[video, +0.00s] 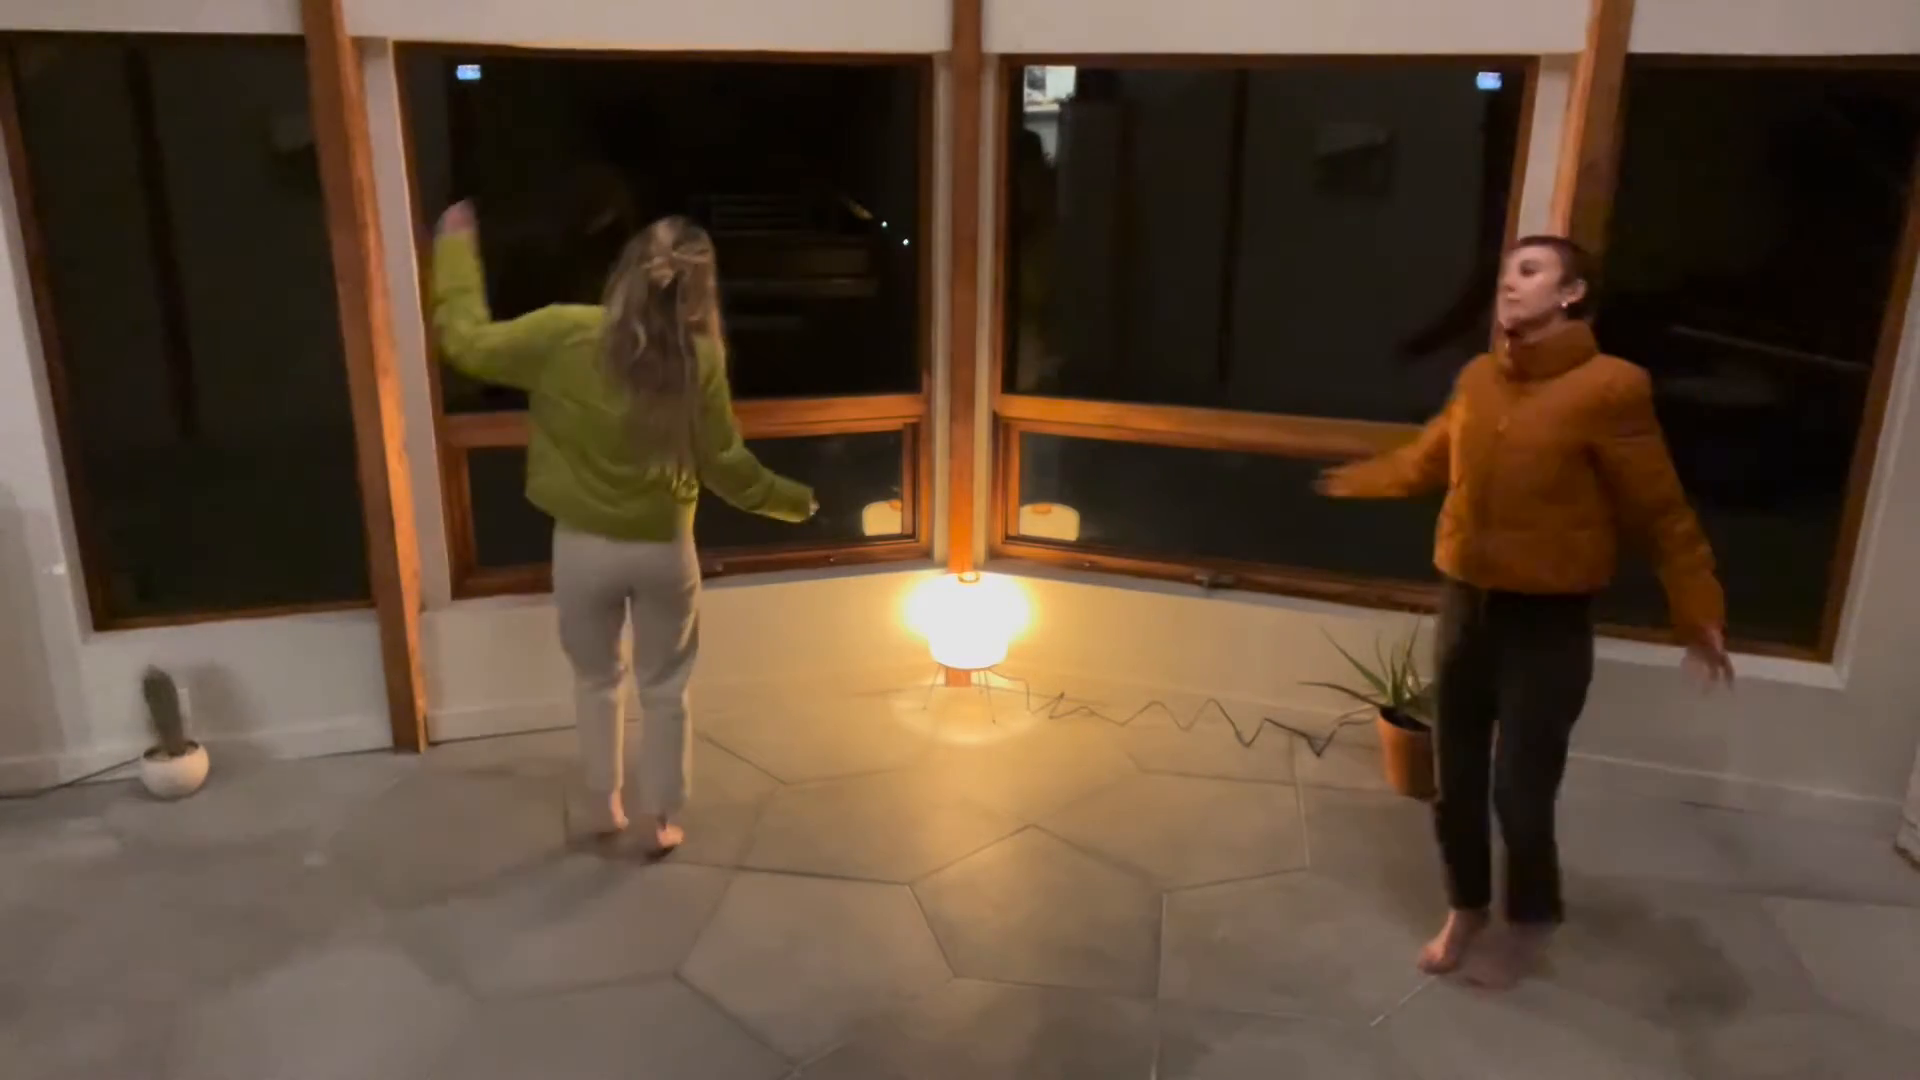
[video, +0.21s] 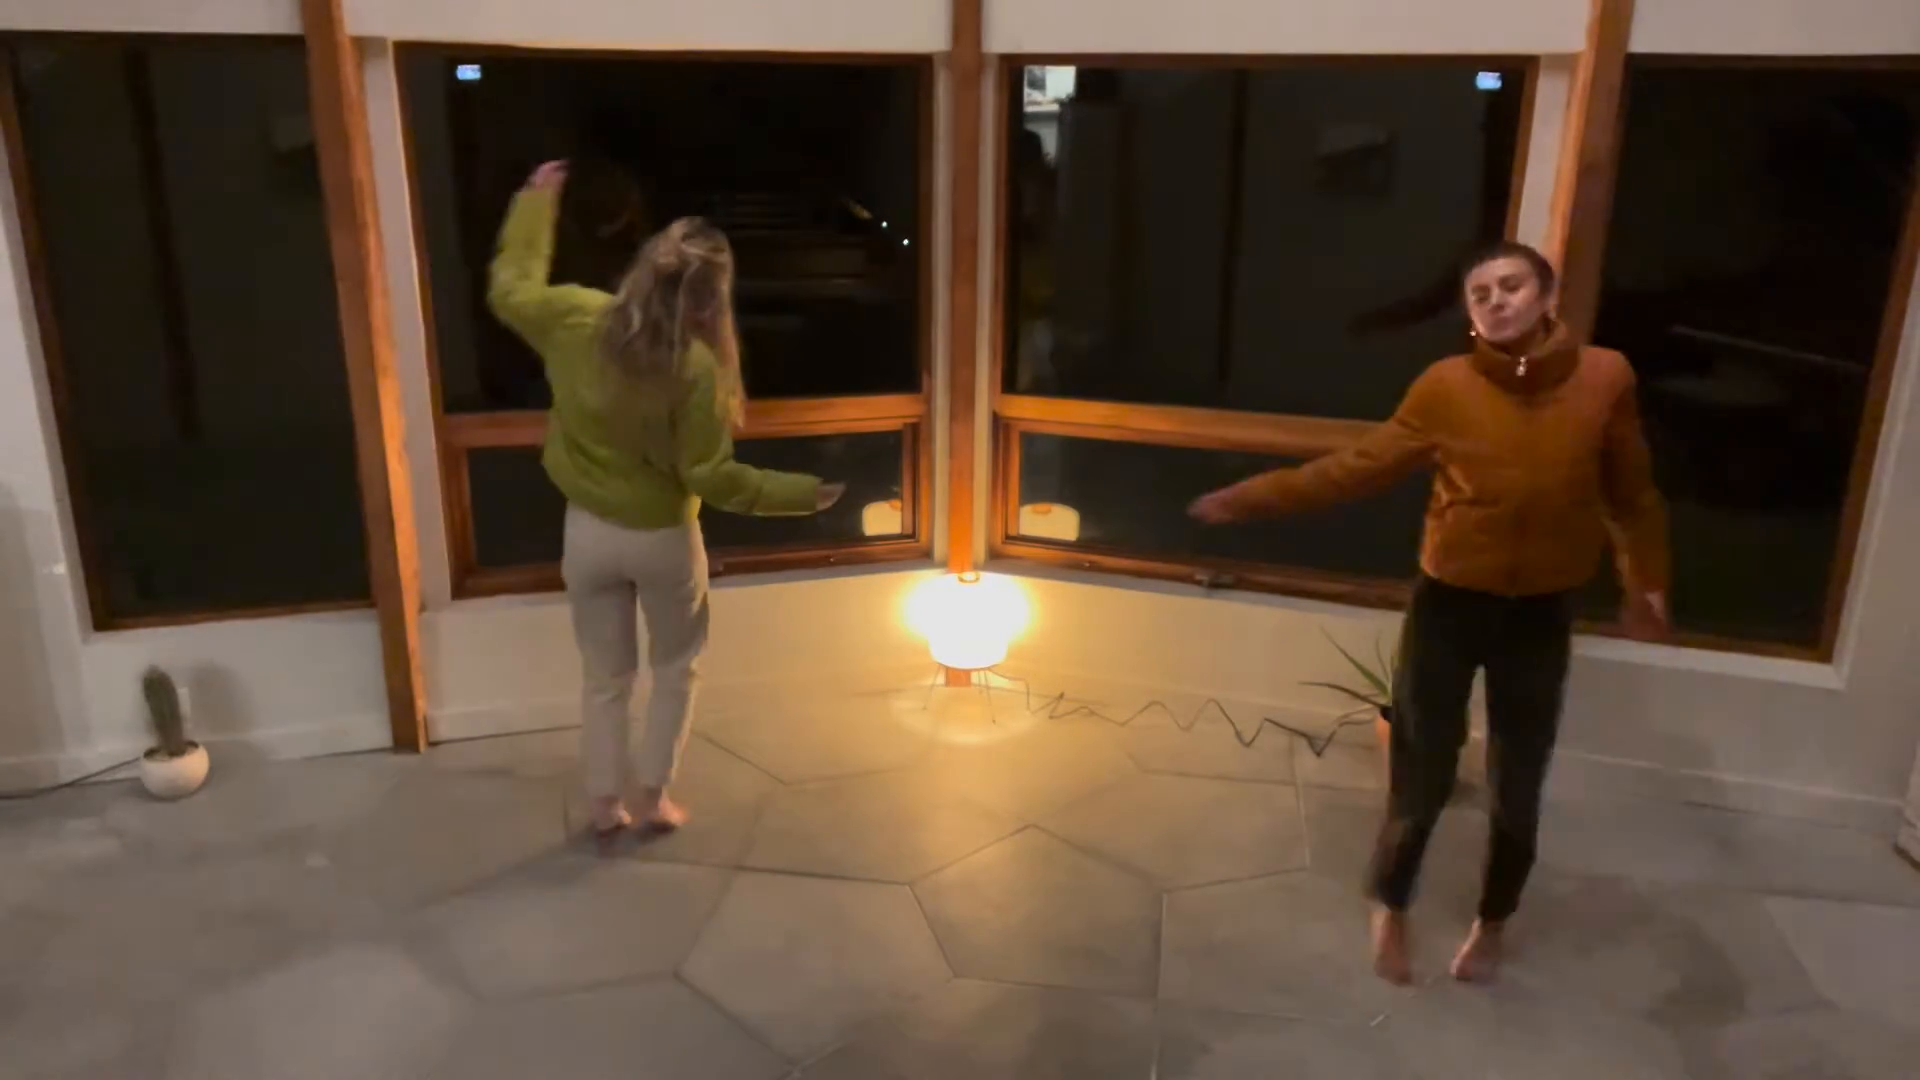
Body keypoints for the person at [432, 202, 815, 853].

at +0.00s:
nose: (715, 297)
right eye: (708, 284)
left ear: (631, 273)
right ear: (698, 291)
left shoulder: (564, 333)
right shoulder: (701, 356)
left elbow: (468, 343)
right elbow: (726, 462)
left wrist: (454, 246)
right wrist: (793, 501)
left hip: (584, 553)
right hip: (665, 555)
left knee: (596, 681)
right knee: (664, 686)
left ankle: (604, 806)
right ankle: (665, 821)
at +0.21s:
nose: (721, 311)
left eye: (721, 298)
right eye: (718, 298)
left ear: (644, 276)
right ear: (701, 300)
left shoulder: (579, 318)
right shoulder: (696, 367)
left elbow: (511, 290)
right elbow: (706, 474)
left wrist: (535, 200)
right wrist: (804, 495)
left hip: (587, 535)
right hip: (664, 542)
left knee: (604, 677)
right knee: (675, 666)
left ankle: (603, 805)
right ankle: (648, 795)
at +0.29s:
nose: (730, 310)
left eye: (731, 296)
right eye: (728, 298)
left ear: (654, 272)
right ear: (710, 300)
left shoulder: (590, 313)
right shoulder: (696, 368)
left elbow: (549, 272)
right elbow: (701, 476)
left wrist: (584, 191)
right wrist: (805, 485)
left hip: (596, 529)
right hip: (667, 542)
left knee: (618, 657)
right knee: (672, 666)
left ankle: (611, 788)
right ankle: (646, 800)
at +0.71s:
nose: (730, 314)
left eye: (736, 302)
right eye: (723, 302)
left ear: (734, 302)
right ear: (689, 302)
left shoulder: (707, 334)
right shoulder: (657, 363)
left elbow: (752, 279)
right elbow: (659, 457)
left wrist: (799, 220)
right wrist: (713, 411)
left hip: (703, 524)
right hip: (666, 534)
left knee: (717, 654)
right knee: (697, 660)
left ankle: (668, 769)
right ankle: (659, 785)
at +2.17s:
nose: (643, 270)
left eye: (653, 270)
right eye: (653, 261)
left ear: (663, 301)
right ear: (712, 306)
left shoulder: (622, 381)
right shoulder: (738, 358)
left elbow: (591, 506)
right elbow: (797, 436)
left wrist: (522, 600)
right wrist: (855, 456)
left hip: (685, 602)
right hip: (730, 589)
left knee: (645, 752)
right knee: (701, 735)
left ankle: (730, 873)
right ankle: (747, 867)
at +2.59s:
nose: (702, 303)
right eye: (697, 290)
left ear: (606, 286)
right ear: (688, 297)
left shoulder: (556, 360)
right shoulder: (705, 374)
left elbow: (456, 397)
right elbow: (733, 510)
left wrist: (410, 309)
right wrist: (771, 606)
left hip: (584, 603)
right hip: (670, 605)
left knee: (602, 756)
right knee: (673, 733)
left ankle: (621, 900)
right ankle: (665, 879)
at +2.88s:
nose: (714, 322)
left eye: (714, 309)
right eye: (711, 309)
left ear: (625, 294)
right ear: (688, 307)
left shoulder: (575, 349)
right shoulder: (673, 373)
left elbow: (528, 374)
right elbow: (667, 510)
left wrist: (564, 322)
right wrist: (689, 617)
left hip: (549, 589)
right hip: (621, 595)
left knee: (575, 738)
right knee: (660, 733)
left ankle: (555, 878)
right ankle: (616, 877)